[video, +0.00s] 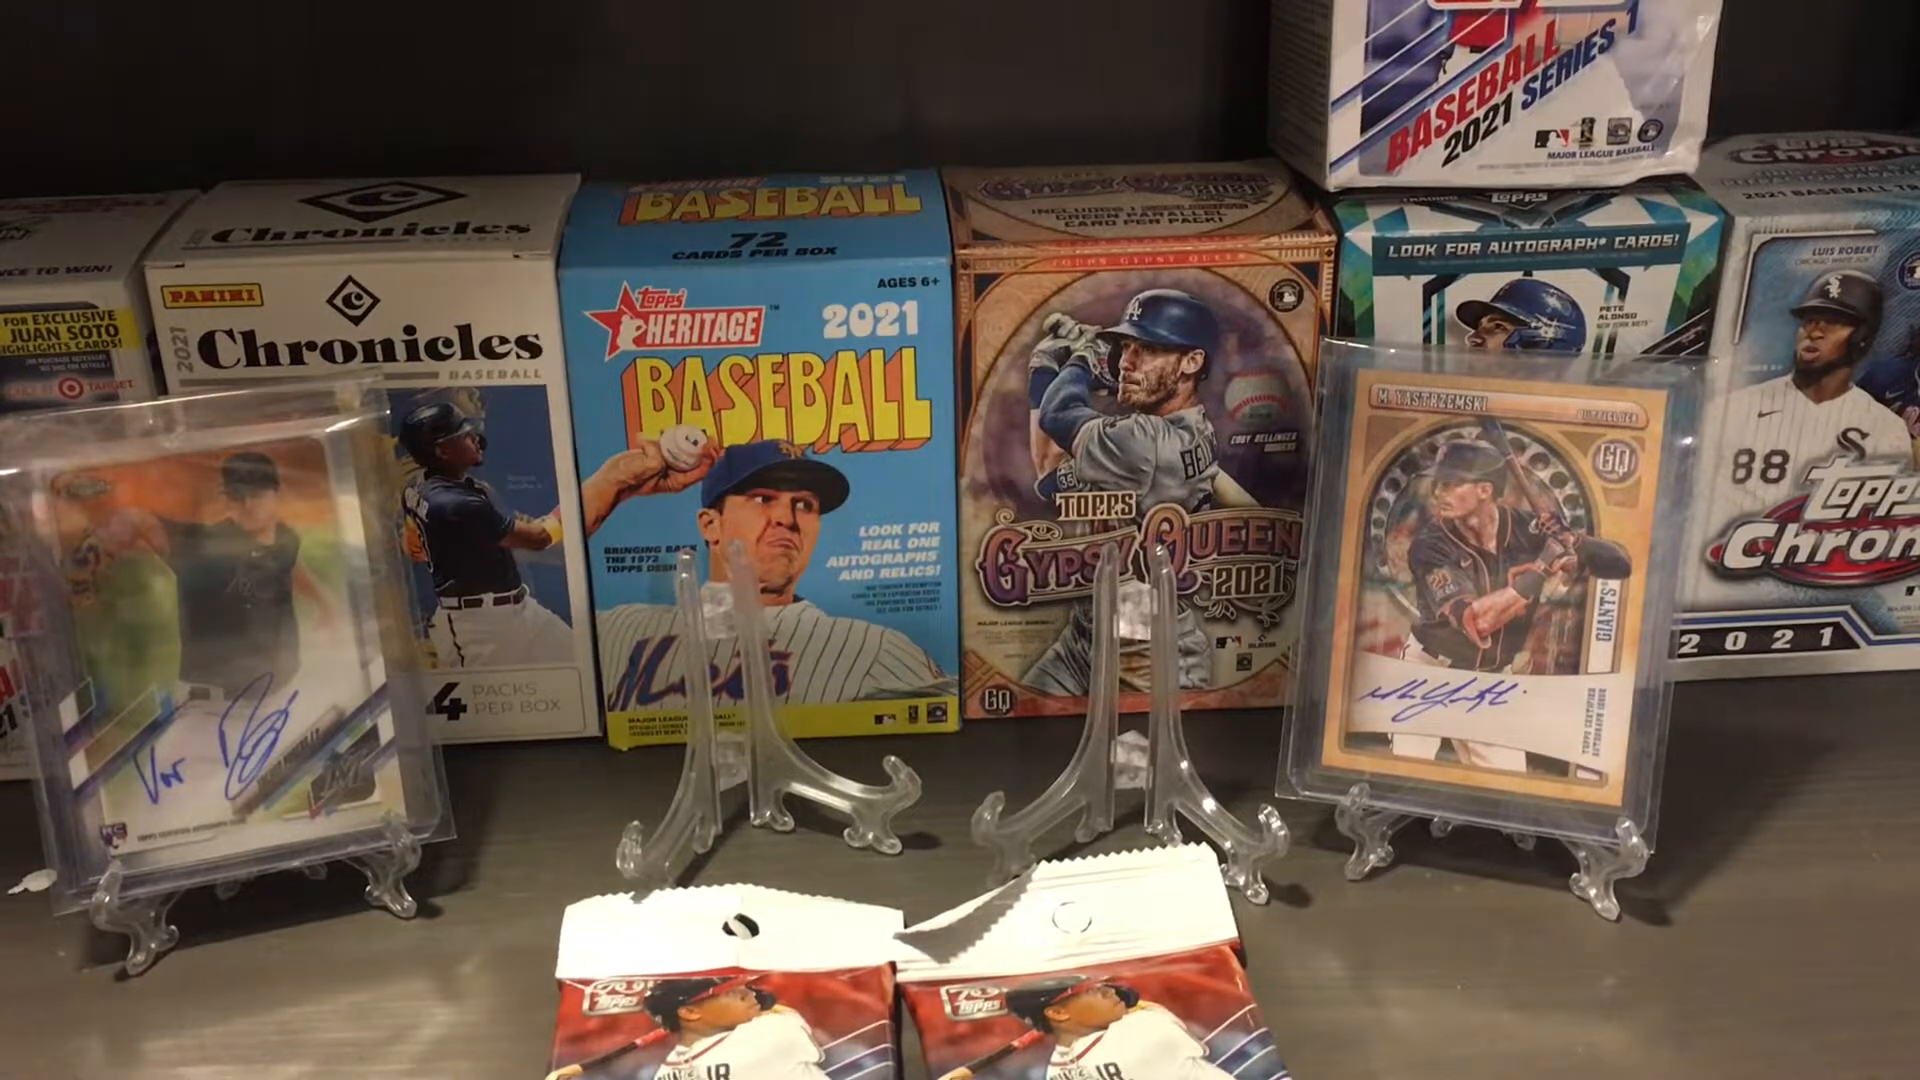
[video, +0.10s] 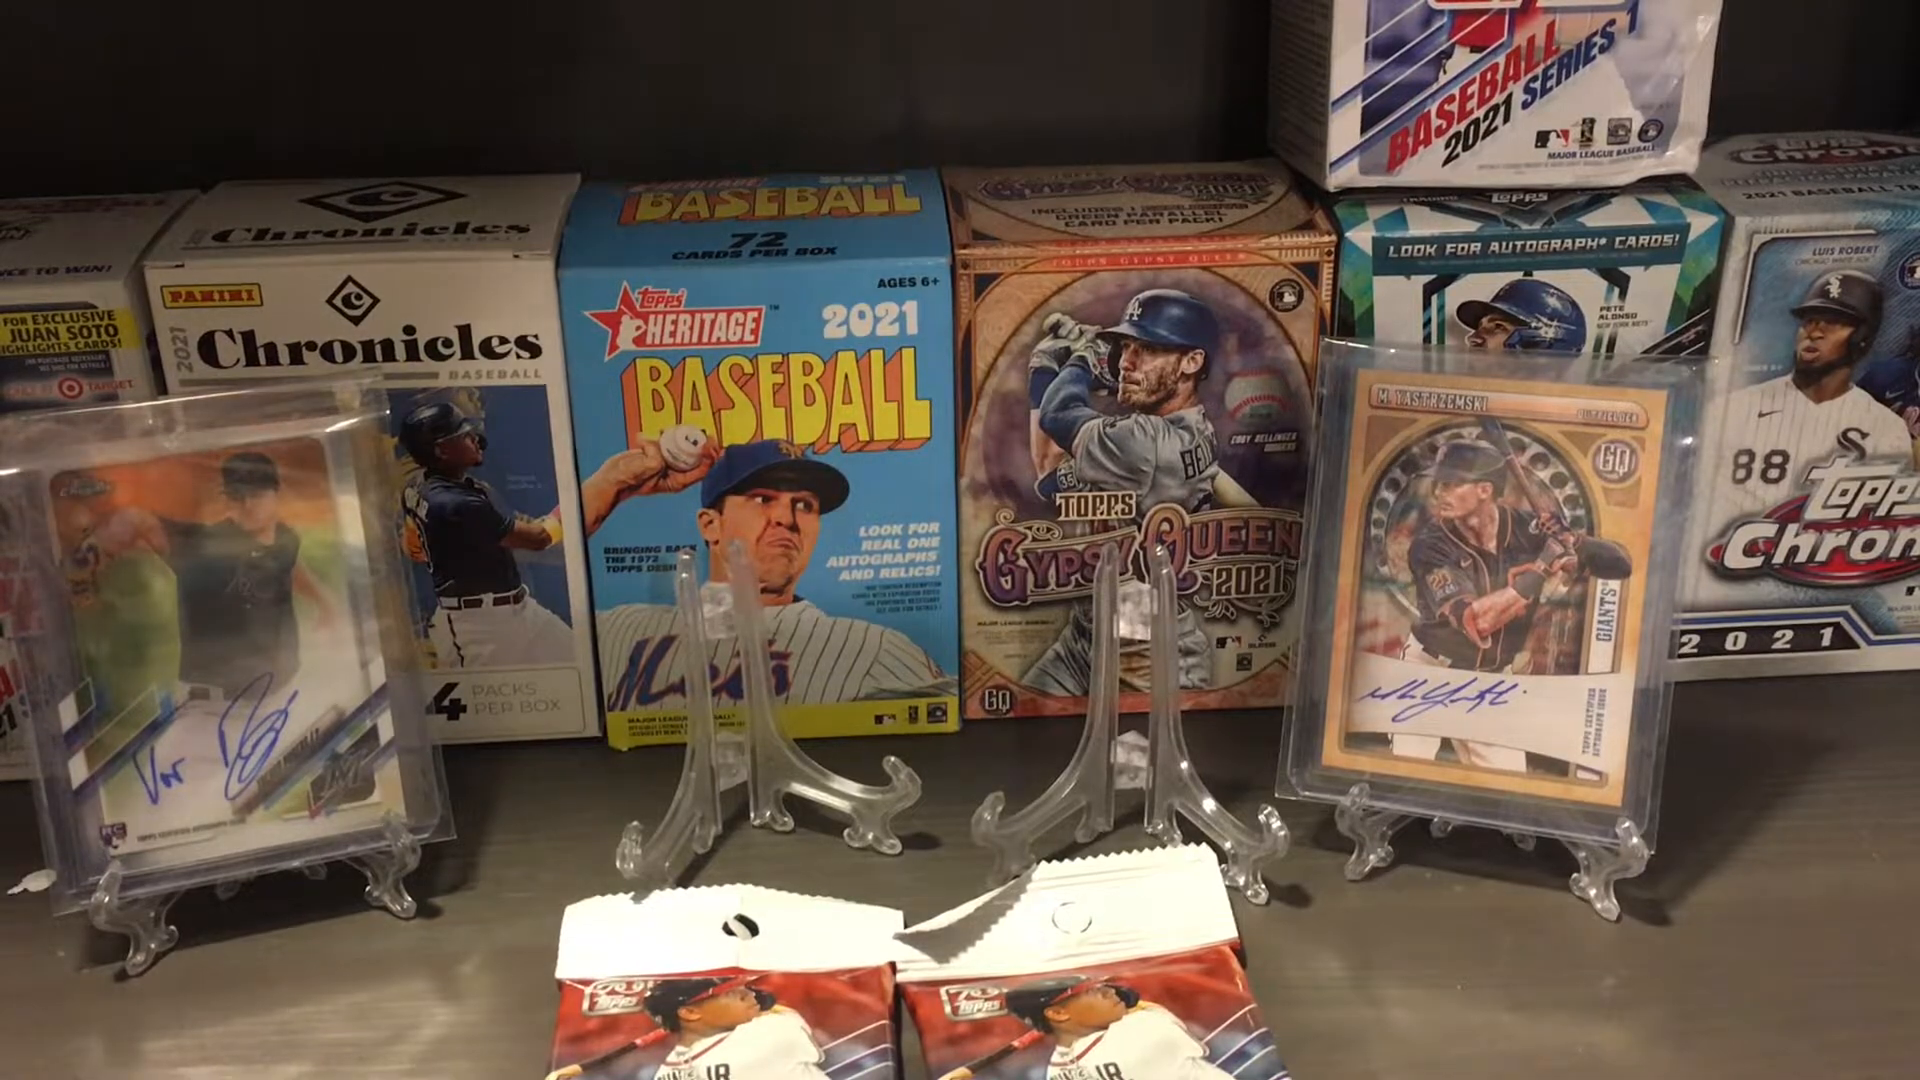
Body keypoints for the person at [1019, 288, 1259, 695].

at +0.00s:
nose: (1127, 362)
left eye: (1147, 350)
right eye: (1127, 347)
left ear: (1190, 363)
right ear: (1121, 348)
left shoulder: (1139, 440)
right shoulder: (1189, 431)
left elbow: (1060, 410)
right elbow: (1048, 477)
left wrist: (1085, 362)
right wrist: (1041, 372)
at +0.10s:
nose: (1128, 361)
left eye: (1147, 350)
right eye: (1127, 347)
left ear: (1190, 363)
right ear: (1121, 347)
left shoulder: (1139, 440)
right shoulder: (1190, 432)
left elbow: (1060, 410)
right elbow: (1049, 476)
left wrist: (1085, 362)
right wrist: (1041, 373)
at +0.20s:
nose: (1128, 361)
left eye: (1148, 350)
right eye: (1127, 347)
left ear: (1190, 363)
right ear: (1121, 347)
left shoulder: (1140, 440)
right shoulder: (1190, 432)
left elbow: (1061, 410)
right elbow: (1049, 476)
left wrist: (1085, 362)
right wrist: (1041, 373)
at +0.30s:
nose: (1128, 361)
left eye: (1148, 350)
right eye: (1127, 347)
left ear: (1190, 363)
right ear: (1121, 347)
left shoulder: (1139, 440)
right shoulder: (1190, 432)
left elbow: (1060, 410)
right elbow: (1049, 476)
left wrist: (1085, 362)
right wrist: (1041, 373)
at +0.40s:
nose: (1127, 361)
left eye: (1147, 350)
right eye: (1126, 347)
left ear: (1190, 363)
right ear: (1121, 348)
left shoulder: (1139, 440)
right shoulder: (1190, 430)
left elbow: (1060, 409)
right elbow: (1048, 476)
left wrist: (1085, 361)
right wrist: (1041, 372)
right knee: (1011, 736)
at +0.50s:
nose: (1127, 361)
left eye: (1147, 350)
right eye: (1127, 347)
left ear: (1190, 362)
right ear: (1121, 347)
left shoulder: (1139, 439)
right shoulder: (1190, 431)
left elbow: (1060, 409)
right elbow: (1048, 476)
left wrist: (1085, 360)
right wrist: (1041, 371)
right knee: (1010, 737)